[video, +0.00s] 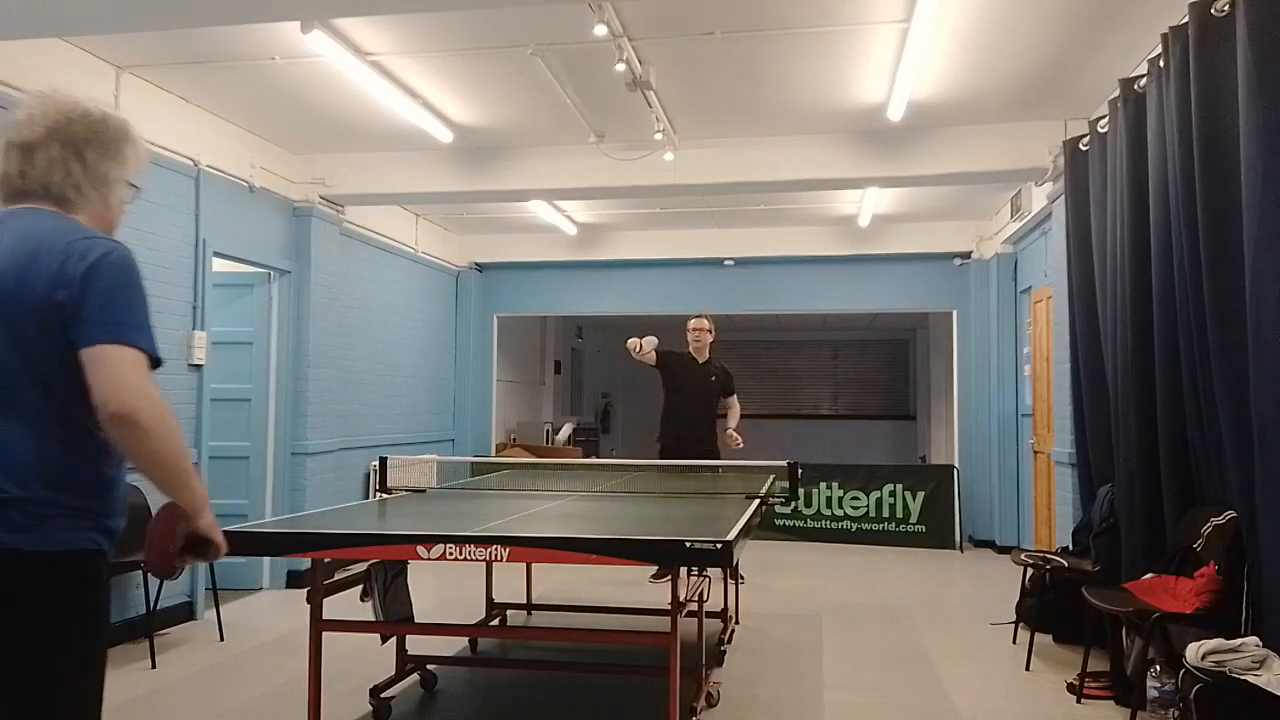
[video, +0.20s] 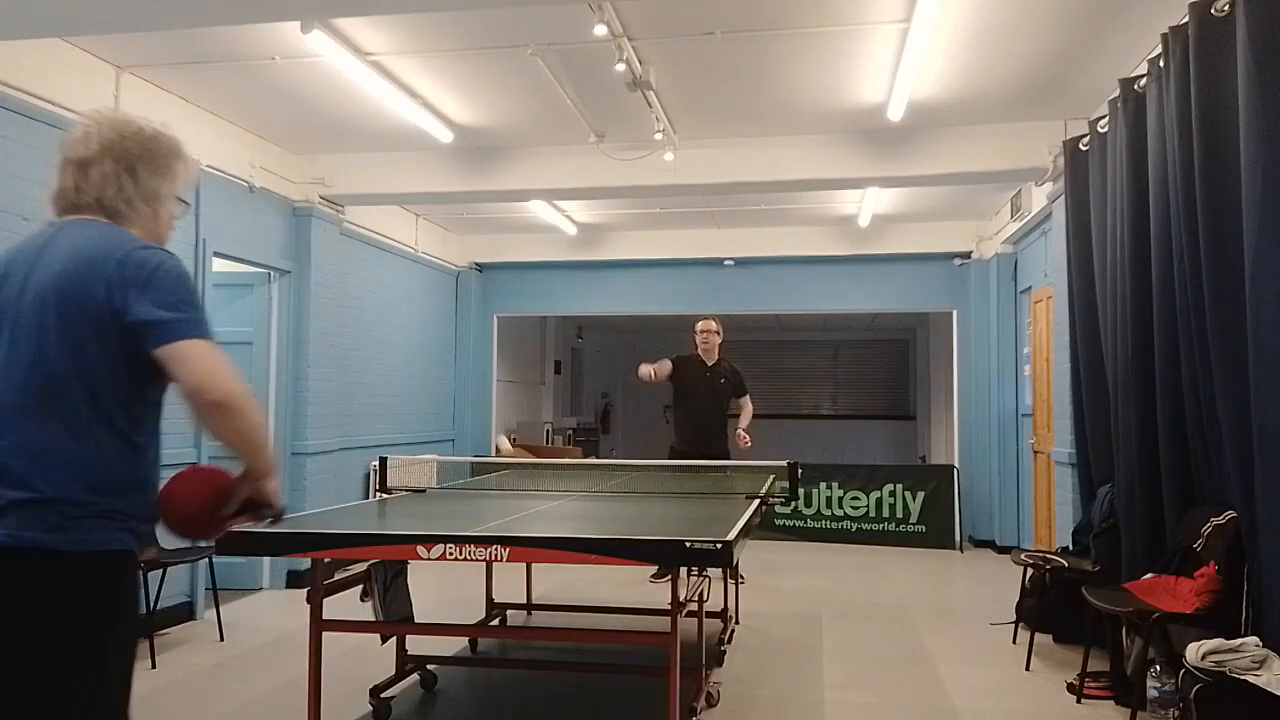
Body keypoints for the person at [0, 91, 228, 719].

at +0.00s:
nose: (129, 205)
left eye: (133, 190)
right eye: (128, 187)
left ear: (26, 168)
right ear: (91, 179)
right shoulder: (92, 258)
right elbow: (123, 403)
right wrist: (193, 506)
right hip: (46, 557)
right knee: (53, 706)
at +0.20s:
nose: (178, 217)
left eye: (181, 202)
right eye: (175, 200)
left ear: (79, 185)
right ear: (138, 193)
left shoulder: (16, 259)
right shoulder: (140, 264)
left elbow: (34, 410)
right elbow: (215, 393)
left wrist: (133, 503)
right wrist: (260, 471)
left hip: (8, 545)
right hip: (79, 556)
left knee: (18, 700)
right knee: (84, 706)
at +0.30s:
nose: (199, 225)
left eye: (202, 210)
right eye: (196, 208)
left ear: (100, 196)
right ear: (159, 201)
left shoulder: (27, 277)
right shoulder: (156, 268)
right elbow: (268, 381)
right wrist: (304, 453)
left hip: (17, 549)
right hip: (100, 557)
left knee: (40, 703)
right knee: (106, 707)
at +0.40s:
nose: (217, 231)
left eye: (220, 217)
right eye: (214, 215)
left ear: (120, 202)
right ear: (180, 207)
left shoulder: (47, 284)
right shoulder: (187, 275)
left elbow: (7, 403)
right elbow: (318, 376)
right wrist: (353, 437)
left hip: (27, 551)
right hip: (123, 553)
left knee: (74, 708)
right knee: (135, 708)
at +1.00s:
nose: (183, 213)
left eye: (186, 198)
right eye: (181, 197)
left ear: (75, 192)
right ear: (155, 195)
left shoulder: (15, 277)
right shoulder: (172, 274)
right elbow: (263, 417)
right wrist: (319, 469)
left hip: (13, 561)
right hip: (118, 564)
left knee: (50, 707)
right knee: (119, 708)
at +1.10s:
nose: (168, 210)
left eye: (170, 195)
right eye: (165, 193)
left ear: (59, 184)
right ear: (134, 189)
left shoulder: (10, 261)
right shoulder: (152, 272)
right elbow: (224, 428)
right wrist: (283, 495)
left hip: (7, 551)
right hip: (93, 561)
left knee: (17, 703)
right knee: (93, 707)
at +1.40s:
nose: (117, 186)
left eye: (119, 170)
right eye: (113, 168)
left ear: (13, 160)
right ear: (79, 166)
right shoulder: (89, 251)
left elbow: (142, 411)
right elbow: (141, 411)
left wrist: (214, 510)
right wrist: (217, 511)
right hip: (41, 560)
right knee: (49, 706)